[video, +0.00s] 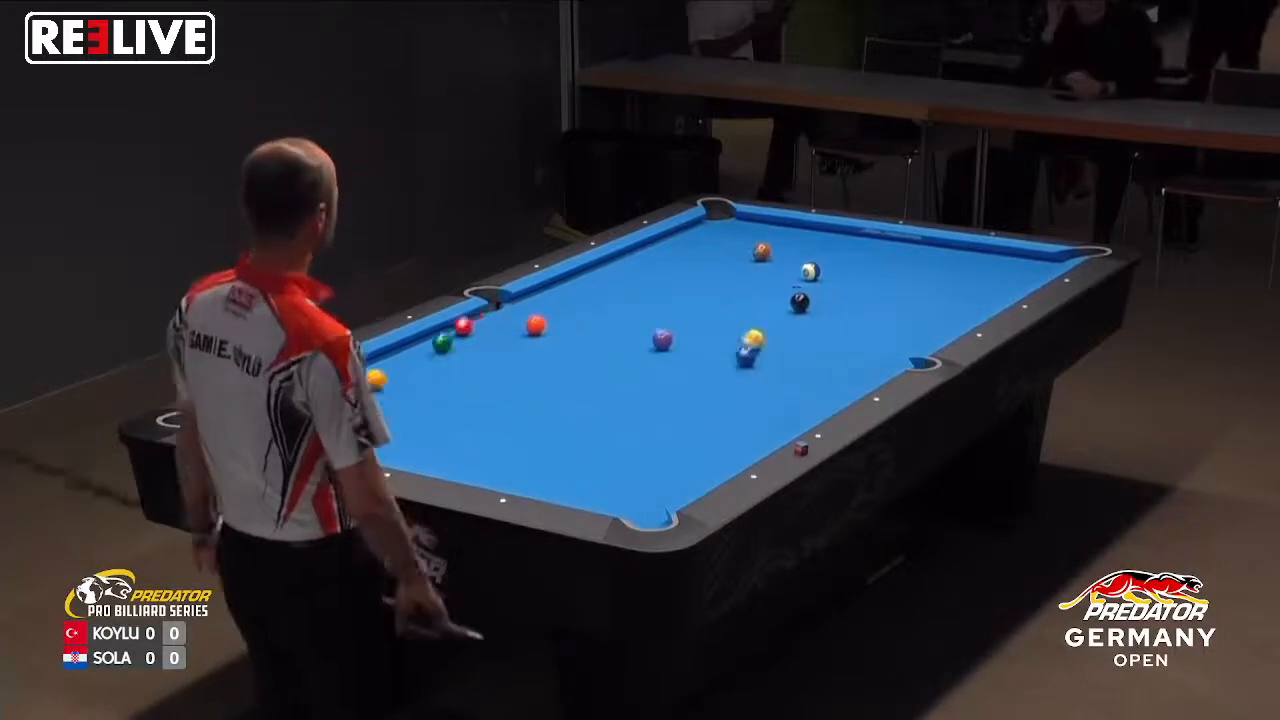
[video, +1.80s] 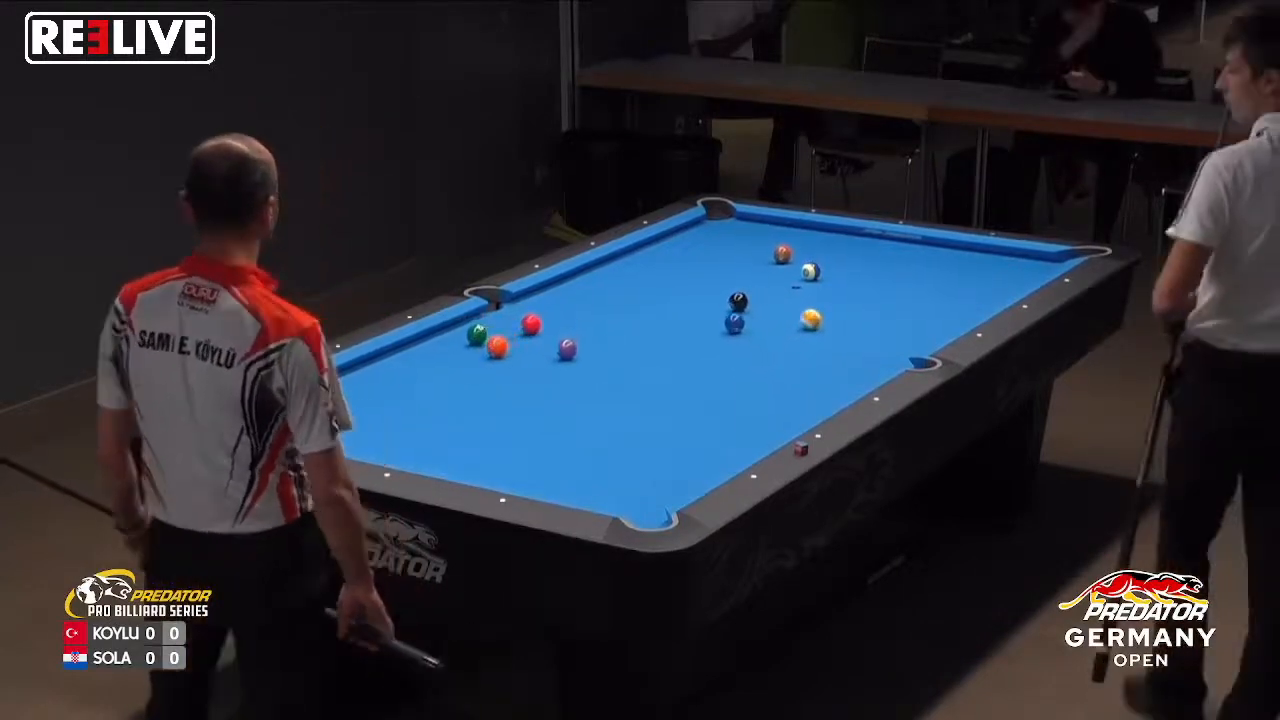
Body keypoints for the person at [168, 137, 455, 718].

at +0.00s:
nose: (336, 215)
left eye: (331, 200)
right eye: (334, 203)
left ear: (248, 207)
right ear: (320, 218)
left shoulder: (195, 305)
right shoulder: (320, 342)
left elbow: (189, 431)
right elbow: (365, 495)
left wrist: (201, 527)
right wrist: (412, 577)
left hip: (241, 561)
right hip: (319, 566)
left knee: (278, 696)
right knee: (351, 698)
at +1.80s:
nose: (279, 211)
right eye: (278, 200)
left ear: (186, 207)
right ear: (270, 212)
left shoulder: (131, 306)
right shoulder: (288, 332)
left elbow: (113, 449)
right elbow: (331, 489)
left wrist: (132, 523)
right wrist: (359, 583)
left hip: (174, 550)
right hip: (270, 556)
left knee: (174, 701)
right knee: (283, 698)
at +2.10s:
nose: (204, 189)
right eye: (204, 177)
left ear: (117, 179)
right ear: (198, 187)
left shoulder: (61, 284)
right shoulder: (233, 301)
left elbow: (33, 429)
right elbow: (274, 447)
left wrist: (63, 465)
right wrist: (290, 533)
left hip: (106, 525)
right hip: (207, 527)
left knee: (131, 695)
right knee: (243, 684)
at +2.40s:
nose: (157, 177)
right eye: (157, 166)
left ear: (74, 168)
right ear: (151, 174)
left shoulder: (21, 271)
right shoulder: (195, 276)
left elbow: (8, 409)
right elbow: (227, 419)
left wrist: (48, 409)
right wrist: (221, 497)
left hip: (72, 514)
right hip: (173, 508)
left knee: (108, 683)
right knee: (193, 674)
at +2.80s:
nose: (128, 171)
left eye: (126, 161)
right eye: (128, 162)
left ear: (49, 161)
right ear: (118, 167)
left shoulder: (8, 249)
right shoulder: (157, 264)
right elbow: (180, 404)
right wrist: (166, 486)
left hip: (30, 482)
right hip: (127, 478)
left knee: (57, 636)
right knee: (117, 633)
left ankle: (85, 711)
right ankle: (107, 713)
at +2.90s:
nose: (124, 161)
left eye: (124, 151)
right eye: (124, 151)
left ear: (46, 148)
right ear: (113, 156)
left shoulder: (7, 228)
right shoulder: (146, 251)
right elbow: (168, 392)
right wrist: (154, 473)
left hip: (20, 464)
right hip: (113, 463)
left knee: (34, 637)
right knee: (109, 627)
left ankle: (59, 713)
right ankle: (102, 712)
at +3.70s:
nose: (107, 143)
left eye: (112, 130)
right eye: (108, 128)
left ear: (51, 107)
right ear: (79, 117)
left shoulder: (4, 165)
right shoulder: (83, 204)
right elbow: (105, 344)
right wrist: (94, 399)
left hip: (4, 389)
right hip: (50, 398)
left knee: (3, 565)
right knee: (71, 567)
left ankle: (11, 696)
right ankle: (67, 705)